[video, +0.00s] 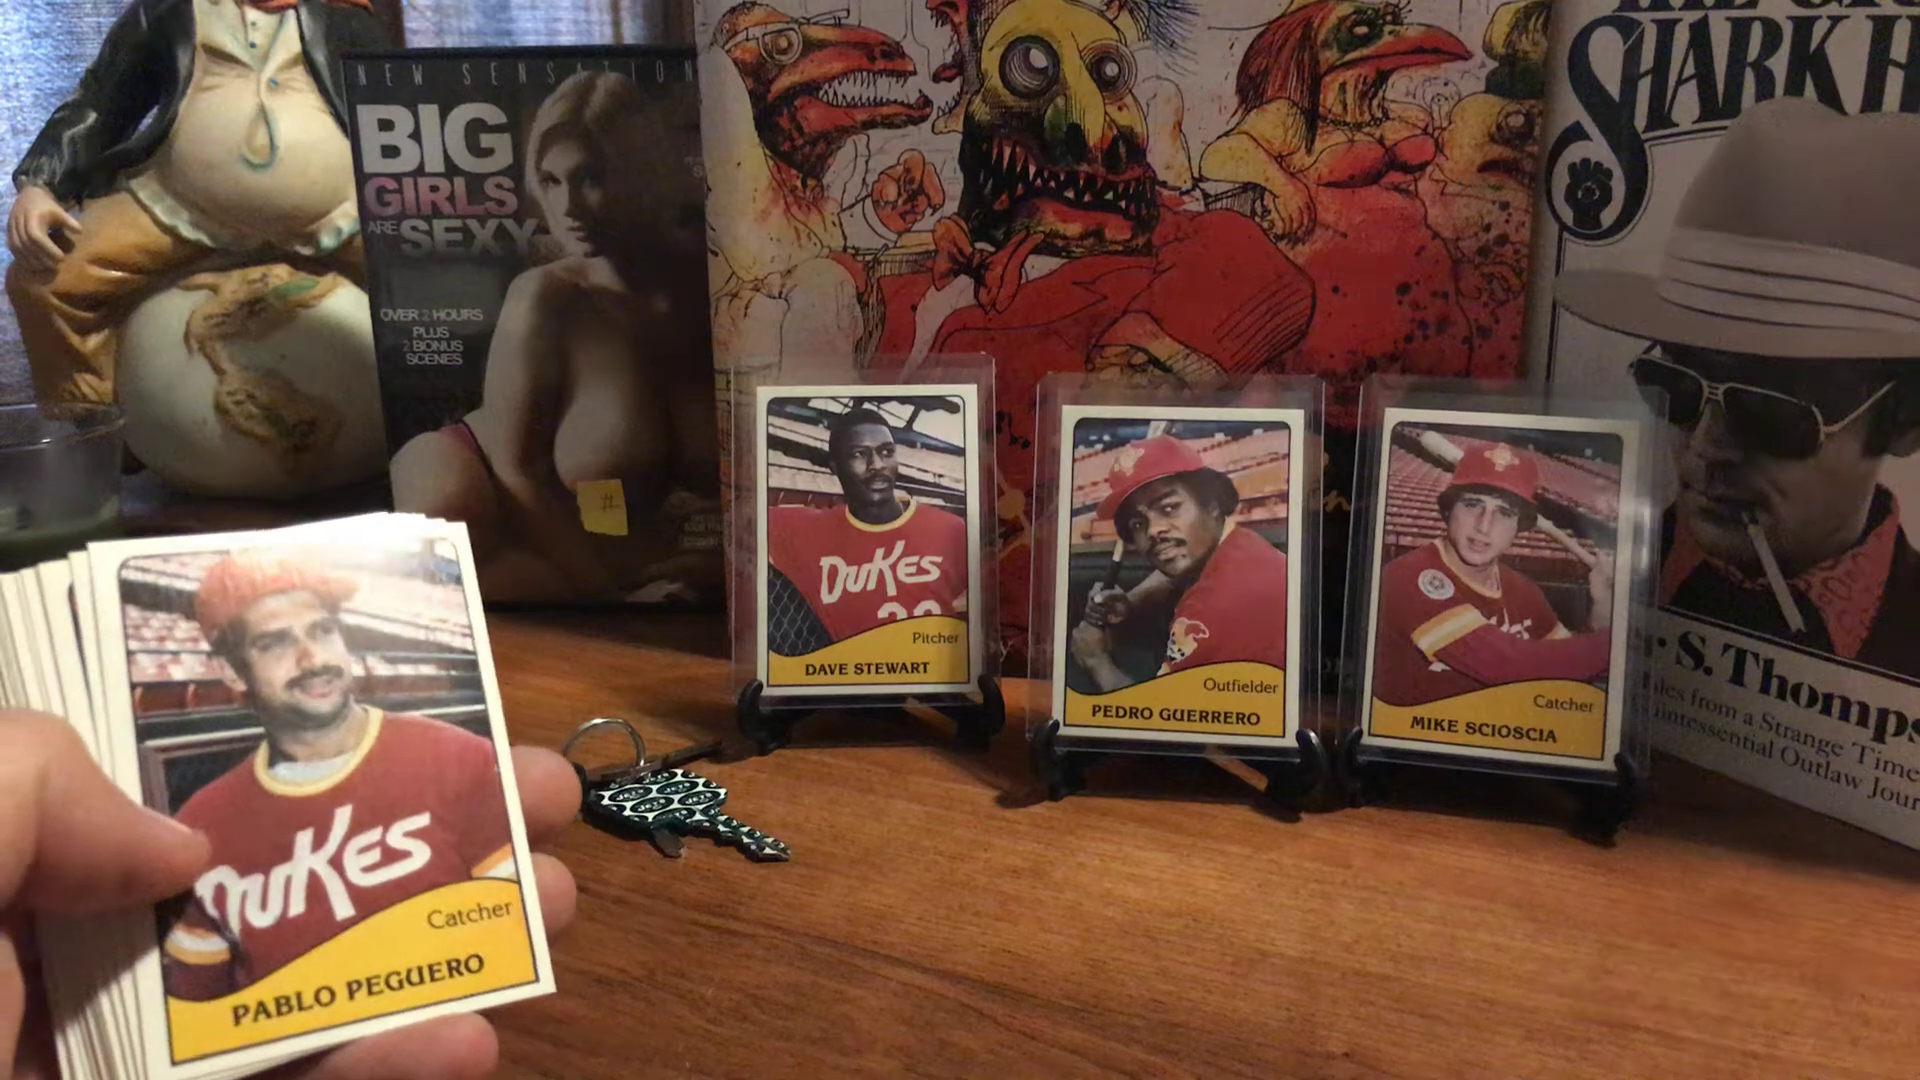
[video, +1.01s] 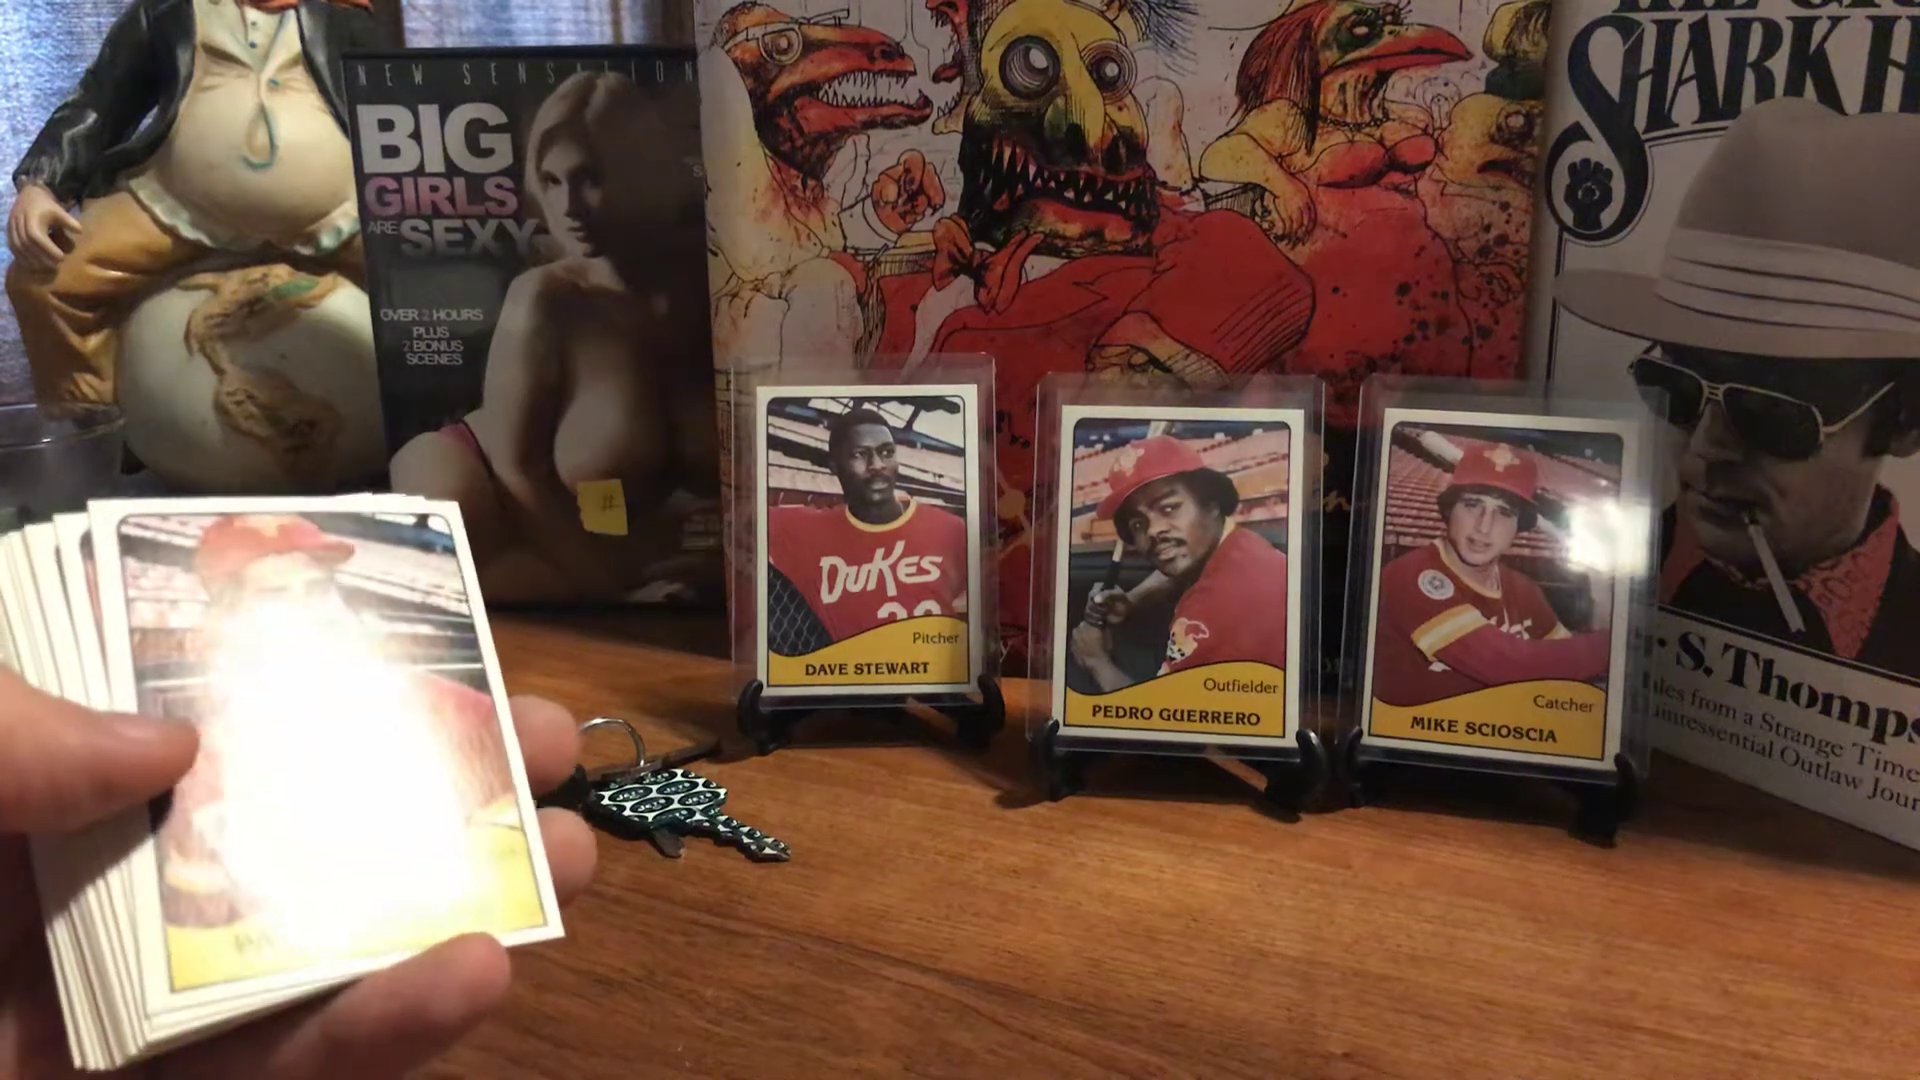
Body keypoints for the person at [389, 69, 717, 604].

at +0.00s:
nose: (569, 205)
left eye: (590, 178)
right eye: (551, 181)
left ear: (640, 176)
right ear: (536, 188)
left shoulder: (695, 287)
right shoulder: (542, 297)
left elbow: (703, 457)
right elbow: (513, 465)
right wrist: (611, 583)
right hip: (479, 464)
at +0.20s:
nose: (569, 205)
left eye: (590, 178)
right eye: (551, 181)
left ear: (640, 176)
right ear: (536, 188)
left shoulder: (692, 288)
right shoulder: (542, 296)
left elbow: (702, 457)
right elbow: (513, 464)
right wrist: (612, 584)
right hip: (478, 463)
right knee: (439, 519)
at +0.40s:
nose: (569, 204)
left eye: (590, 178)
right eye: (552, 181)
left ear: (642, 177)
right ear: (537, 189)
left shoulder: (689, 291)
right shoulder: (542, 296)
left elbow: (703, 449)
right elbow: (514, 464)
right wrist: (614, 584)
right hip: (479, 461)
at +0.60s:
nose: (569, 205)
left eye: (590, 178)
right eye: (552, 182)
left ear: (643, 176)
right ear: (537, 190)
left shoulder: (692, 291)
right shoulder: (542, 297)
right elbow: (513, 463)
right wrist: (611, 580)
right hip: (480, 461)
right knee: (438, 519)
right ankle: (615, 585)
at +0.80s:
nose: (569, 205)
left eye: (590, 178)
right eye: (552, 182)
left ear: (643, 176)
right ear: (537, 189)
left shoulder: (687, 293)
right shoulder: (542, 298)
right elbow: (513, 463)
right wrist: (610, 579)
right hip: (479, 463)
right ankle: (615, 585)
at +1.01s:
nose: (570, 205)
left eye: (591, 178)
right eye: (553, 182)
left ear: (643, 177)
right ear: (538, 189)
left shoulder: (687, 295)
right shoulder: (542, 297)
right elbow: (513, 463)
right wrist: (611, 580)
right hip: (475, 464)